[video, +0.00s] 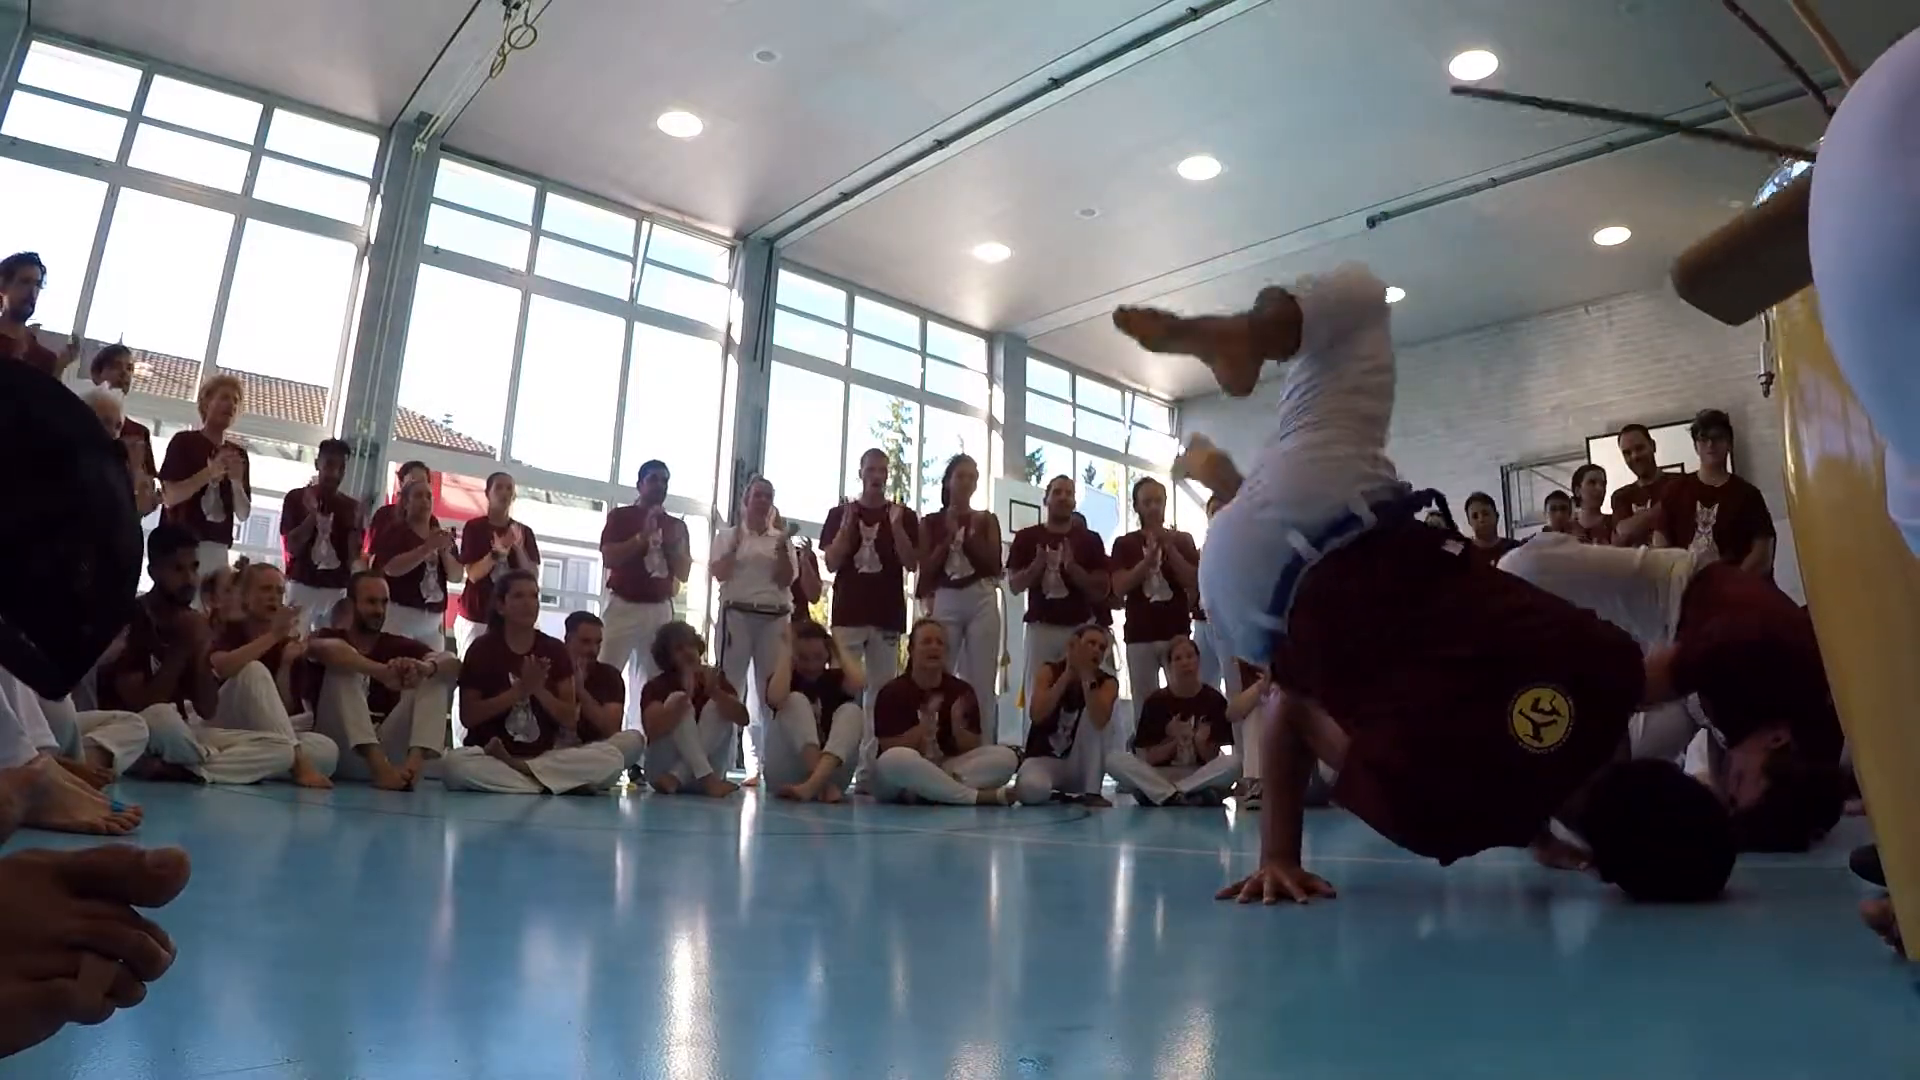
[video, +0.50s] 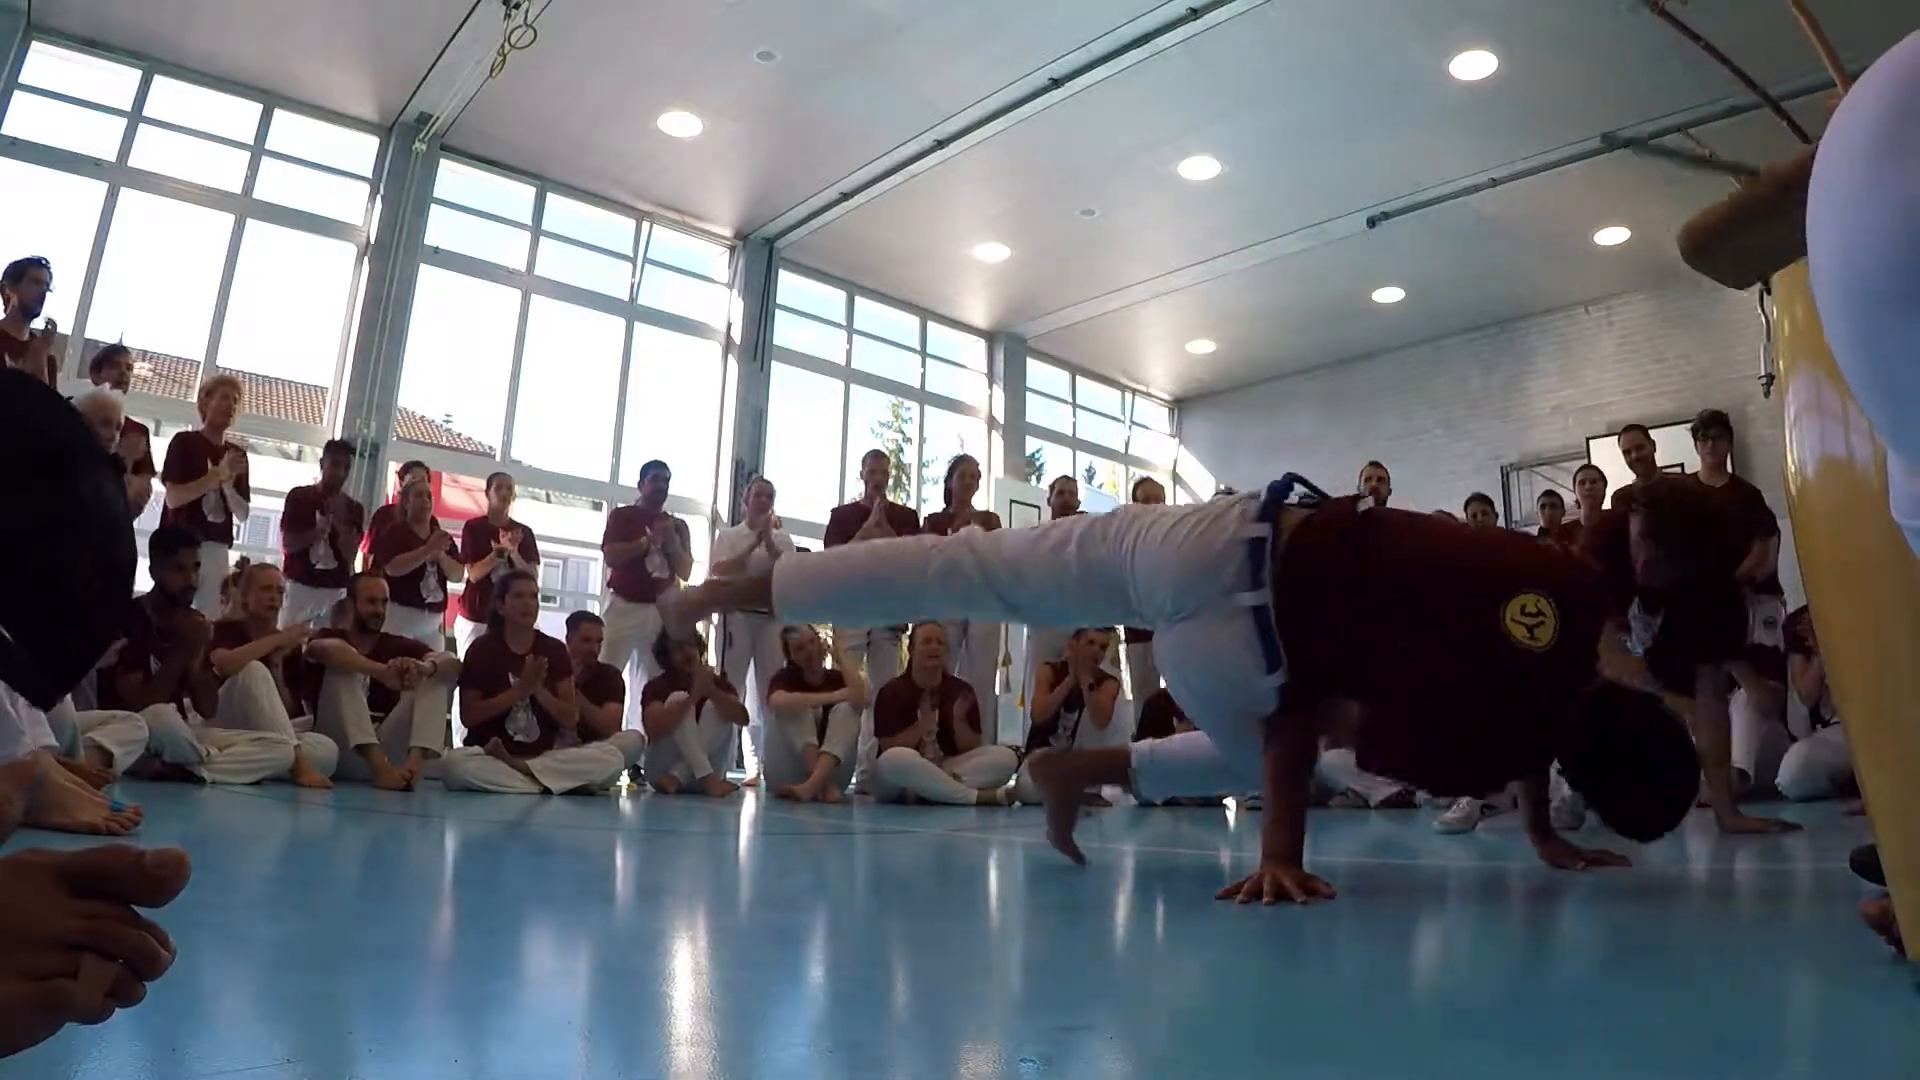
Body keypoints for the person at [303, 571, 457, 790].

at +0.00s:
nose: (379, 610)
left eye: (384, 602)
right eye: (371, 602)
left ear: (389, 603)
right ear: (353, 603)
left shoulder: (394, 643)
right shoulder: (329, 637)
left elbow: (454, 662)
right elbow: (319, 648)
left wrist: (428, 666)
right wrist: (382, 672)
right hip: (338, 750)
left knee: (437, 674)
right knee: (342, 663)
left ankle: (415, 764)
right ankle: (378, 764)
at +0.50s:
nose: (379, 610)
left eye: (384, 602)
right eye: (371, 602)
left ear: (389, 603)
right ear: (352, 603)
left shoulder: (393, 643)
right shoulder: (330, 637)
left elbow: (454, 662)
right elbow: (316, 649)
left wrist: (427, 666)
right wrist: (382, 671)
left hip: (387, 751)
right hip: (338, 750)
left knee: (438, 673)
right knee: (342, 662)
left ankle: (414, 764)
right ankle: (378, 764)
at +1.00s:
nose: (379, 610)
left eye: (384, 602)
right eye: (371, 602)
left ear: (389, 603)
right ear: (352, 603)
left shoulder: (393, 643)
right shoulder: (329, 637)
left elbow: (454, 663)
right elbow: (316, 650)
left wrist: (427, 666)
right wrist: (382, 671)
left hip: (387, 751)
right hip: (338, 749)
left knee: (437, 674)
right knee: (342, 662)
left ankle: (415, 764)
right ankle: (378, 764)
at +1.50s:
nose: (381, 610)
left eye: (385, 603)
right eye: (373, 602)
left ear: (390, 604)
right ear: (353, 603)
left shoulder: (393, 643)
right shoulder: (331, 637)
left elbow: (454, 662)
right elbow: (320, 650)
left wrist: (427, 666)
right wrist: (383, 672)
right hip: (339, 751)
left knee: (438, 674)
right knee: (342, 662)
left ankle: (414, 765)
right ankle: (378, 765)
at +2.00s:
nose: (381, 610)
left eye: (385, 603)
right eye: (373, 603)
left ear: (390, 604)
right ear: (353, 603)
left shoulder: (393, 643)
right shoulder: (329, 637)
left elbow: (454, 663)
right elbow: (318, 649)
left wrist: (427, 667)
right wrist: (382, 672)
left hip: (387, 751)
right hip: (337, 750)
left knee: (438, 673)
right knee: (342, 663)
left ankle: (414, 765)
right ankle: (378, 766)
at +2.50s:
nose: (381, 610)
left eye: (385, 603)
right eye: (373, 603)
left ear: (390, 604)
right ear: (353, 604)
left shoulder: (393, 643)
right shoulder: (329, 637)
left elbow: (454, 663)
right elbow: (320, 648)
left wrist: (427, 667)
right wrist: (382, 672)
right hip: (338, 750)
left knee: (437, 675)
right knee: (342, 665)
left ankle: (414, 765)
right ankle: (379, 766)